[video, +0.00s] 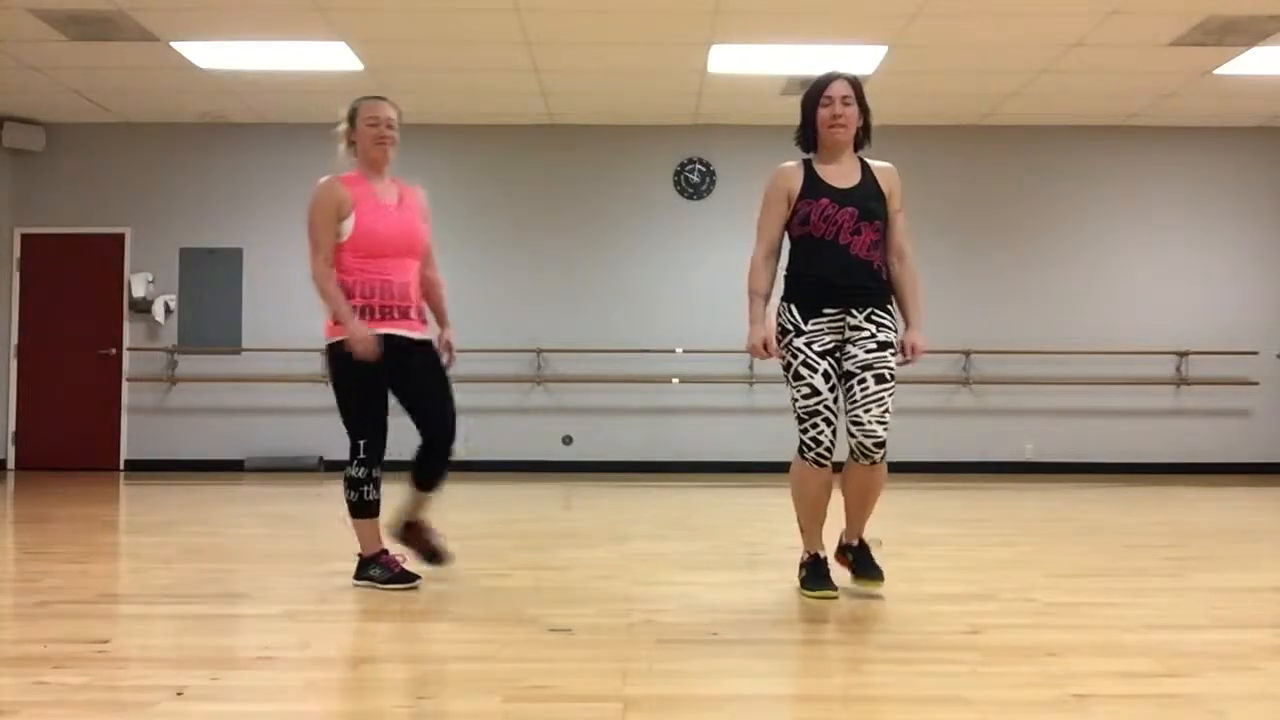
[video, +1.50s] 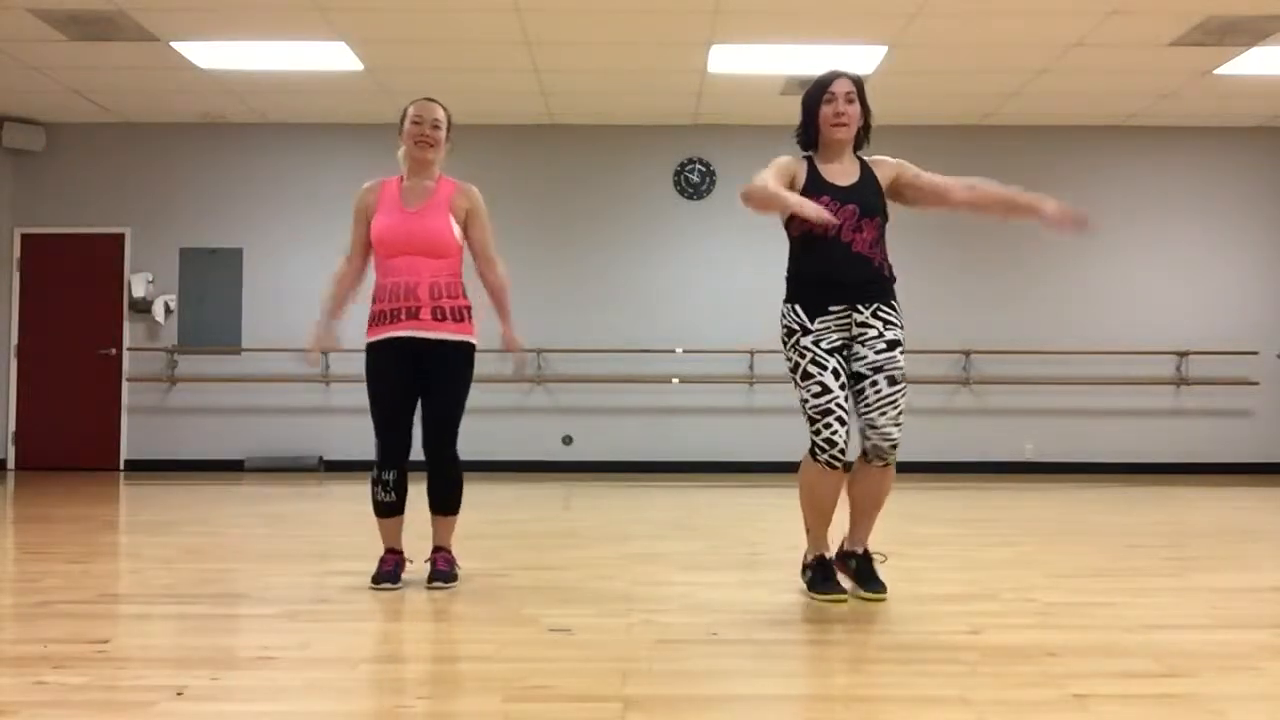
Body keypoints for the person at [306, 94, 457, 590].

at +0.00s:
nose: (384, 132)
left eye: (391, 126)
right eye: (373, 124)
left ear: (398, 136)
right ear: (351, 134)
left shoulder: (412, 196)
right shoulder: (333, 191)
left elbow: (426, 268)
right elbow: (321, 269)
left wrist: (444, 323)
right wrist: (350, 323)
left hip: (410, 338)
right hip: (356, 338)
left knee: (441, 430)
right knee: (368, 443)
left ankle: (412, 520)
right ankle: (371, 554)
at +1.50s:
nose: (425, 130)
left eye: (435, 124)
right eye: (417, 122)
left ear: (447, 138)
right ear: (400, 134)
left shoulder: (464, 196)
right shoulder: (372, 196)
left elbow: (489, 267)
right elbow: (354, 264)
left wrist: (507, 326)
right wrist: (327, 319)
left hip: (449, 339)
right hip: (389, 339)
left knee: (440, 446)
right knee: (391, 448)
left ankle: (443, 552)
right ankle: (391, 552)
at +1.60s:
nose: (422, 128)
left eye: (432, 123)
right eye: (413, 120)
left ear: (444, 138)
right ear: (397, 132)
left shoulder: (463, 194)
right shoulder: (373, 192)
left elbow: (505, 241)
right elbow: (326, 246)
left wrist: (515, 255)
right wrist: (276, 279)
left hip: (447, 336)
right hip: (388, 335)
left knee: (433, 441)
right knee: (390, 447)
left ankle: (438, 544)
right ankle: (392, 552)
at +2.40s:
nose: (423, 128)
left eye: (432, 122)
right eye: (414, 121)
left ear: (446, 136)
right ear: (400, 133)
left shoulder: (463, 188)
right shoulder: (374, 186)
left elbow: (519, 189)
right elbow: (300, 195)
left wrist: (528, 182)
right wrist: (238, 200)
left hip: (446, 337)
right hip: (387, 335)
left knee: (437, 445)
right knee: (390, 449)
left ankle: (436, 550)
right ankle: (396, 552)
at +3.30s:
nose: (413, 126)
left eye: (422, 121)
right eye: (404, 120)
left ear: (436, 136)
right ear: (390, 132)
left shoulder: (454, 184)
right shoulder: (367, 184)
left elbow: (527, 184)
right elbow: (299, 186)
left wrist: (594, 183)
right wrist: (312, 162)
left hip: (444, 335)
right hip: (386, 334)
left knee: (437, 445)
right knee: (391, 447)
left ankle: (430, 550)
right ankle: (397, 552)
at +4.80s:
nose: (416, 138)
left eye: (426, 132)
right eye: (408, 132)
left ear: (441, 144)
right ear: (395, 143)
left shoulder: (462, 191)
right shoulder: (376, 191)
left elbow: (533, 186)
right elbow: (303, 183)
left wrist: (541, 136)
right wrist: (345, 145)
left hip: (453, 339)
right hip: (393, 338)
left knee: (447, 448)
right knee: (397, 447)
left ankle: (433, 548)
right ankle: (397, 543)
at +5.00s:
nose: (416, 133)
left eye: (426, 128)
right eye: (407, 126)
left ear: (440, 141)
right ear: (395, 139)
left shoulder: (458, 187)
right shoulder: (375, 188)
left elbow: (512, 142)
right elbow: (311, 155)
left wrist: (462, 107)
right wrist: (366, 118)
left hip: (449, 337)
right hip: (390, 336)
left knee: (440, 444)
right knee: (395, 447)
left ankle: (433, 549)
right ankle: (402, 550)